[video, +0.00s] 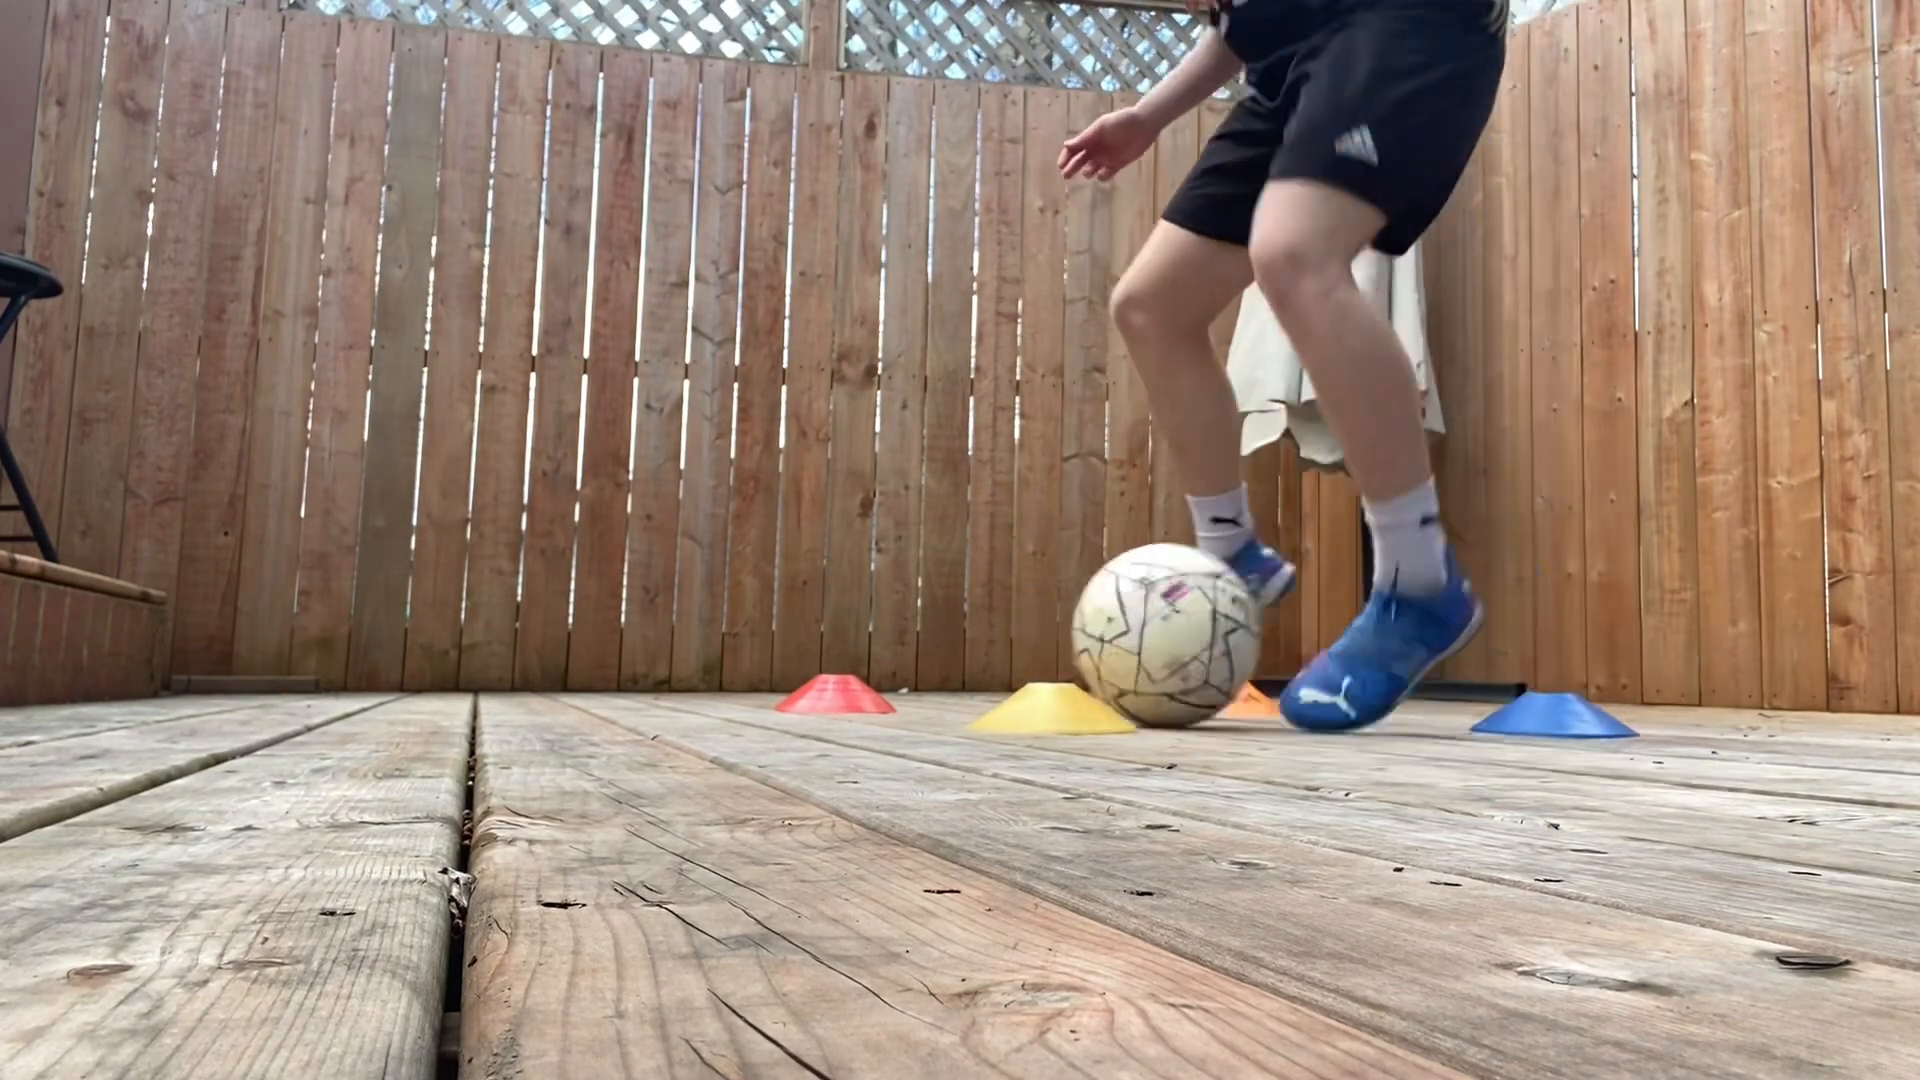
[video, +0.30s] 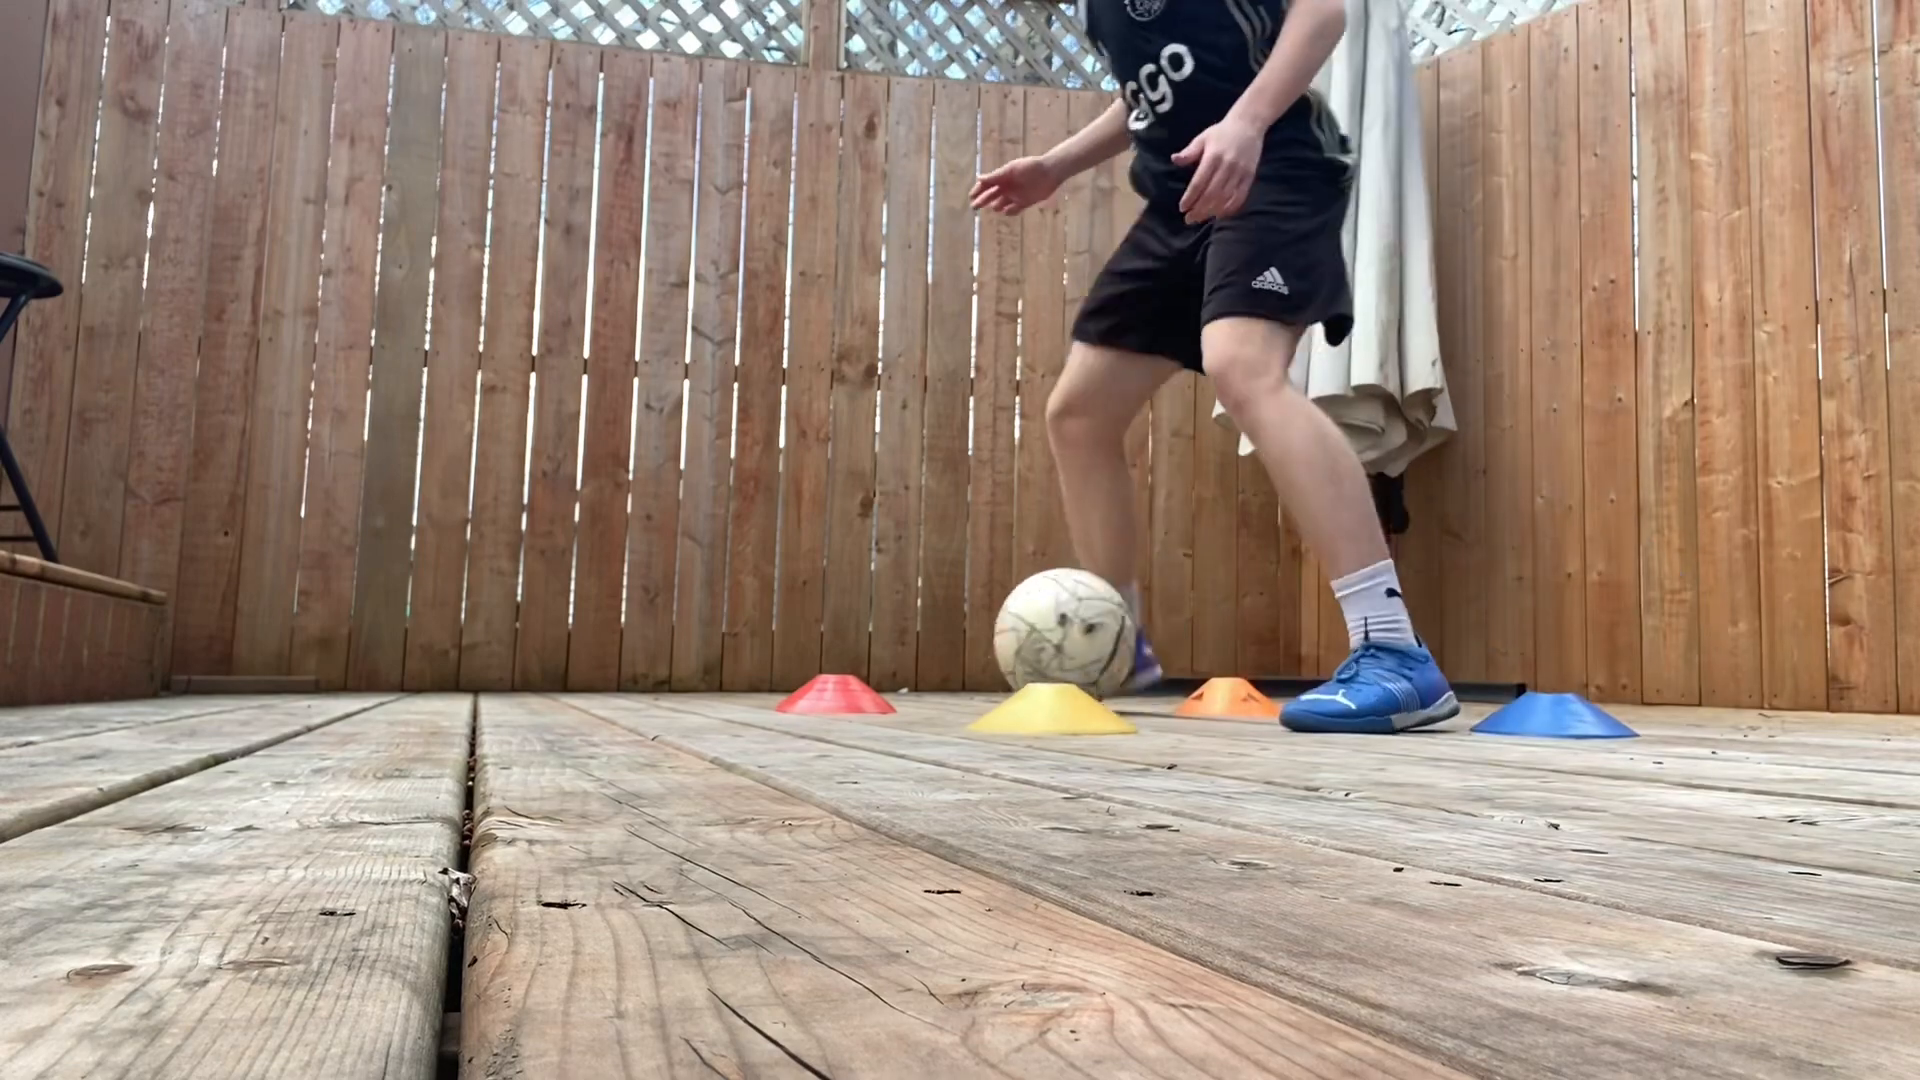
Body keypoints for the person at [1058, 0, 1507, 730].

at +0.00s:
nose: (1202, 7)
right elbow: (1255, 21)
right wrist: (1151, 114)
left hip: (1414, 14)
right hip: (1294, 49)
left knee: (1297, 256)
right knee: (1152, 308)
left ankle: (1423, 593)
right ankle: (1233, 558)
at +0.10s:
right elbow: (1237, 69)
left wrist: (1288, 2)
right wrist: (1130, 149)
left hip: (1386, 89)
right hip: (1273, 124)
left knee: (1279, 346)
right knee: (1108, 317)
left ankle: (1403, 655)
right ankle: (1127, 554)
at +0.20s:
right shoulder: (1146, 7)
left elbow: (1349, 0)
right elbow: (1204, 81)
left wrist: (1277, 90)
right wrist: (1101, 160)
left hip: (1338, 116)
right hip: (1244, 145)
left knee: (1253, 359)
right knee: (1082, 345)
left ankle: (1400, 658)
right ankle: (1061, 604)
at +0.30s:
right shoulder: (1107, 7)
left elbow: (1324, 9)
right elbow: (1152, 94)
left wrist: (1247, 120)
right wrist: (1056, 164)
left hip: (1274, 165)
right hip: (1177, 191)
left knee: (1244, 368)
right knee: (1079, 416)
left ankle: (1394, 654)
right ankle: (1118, 651)